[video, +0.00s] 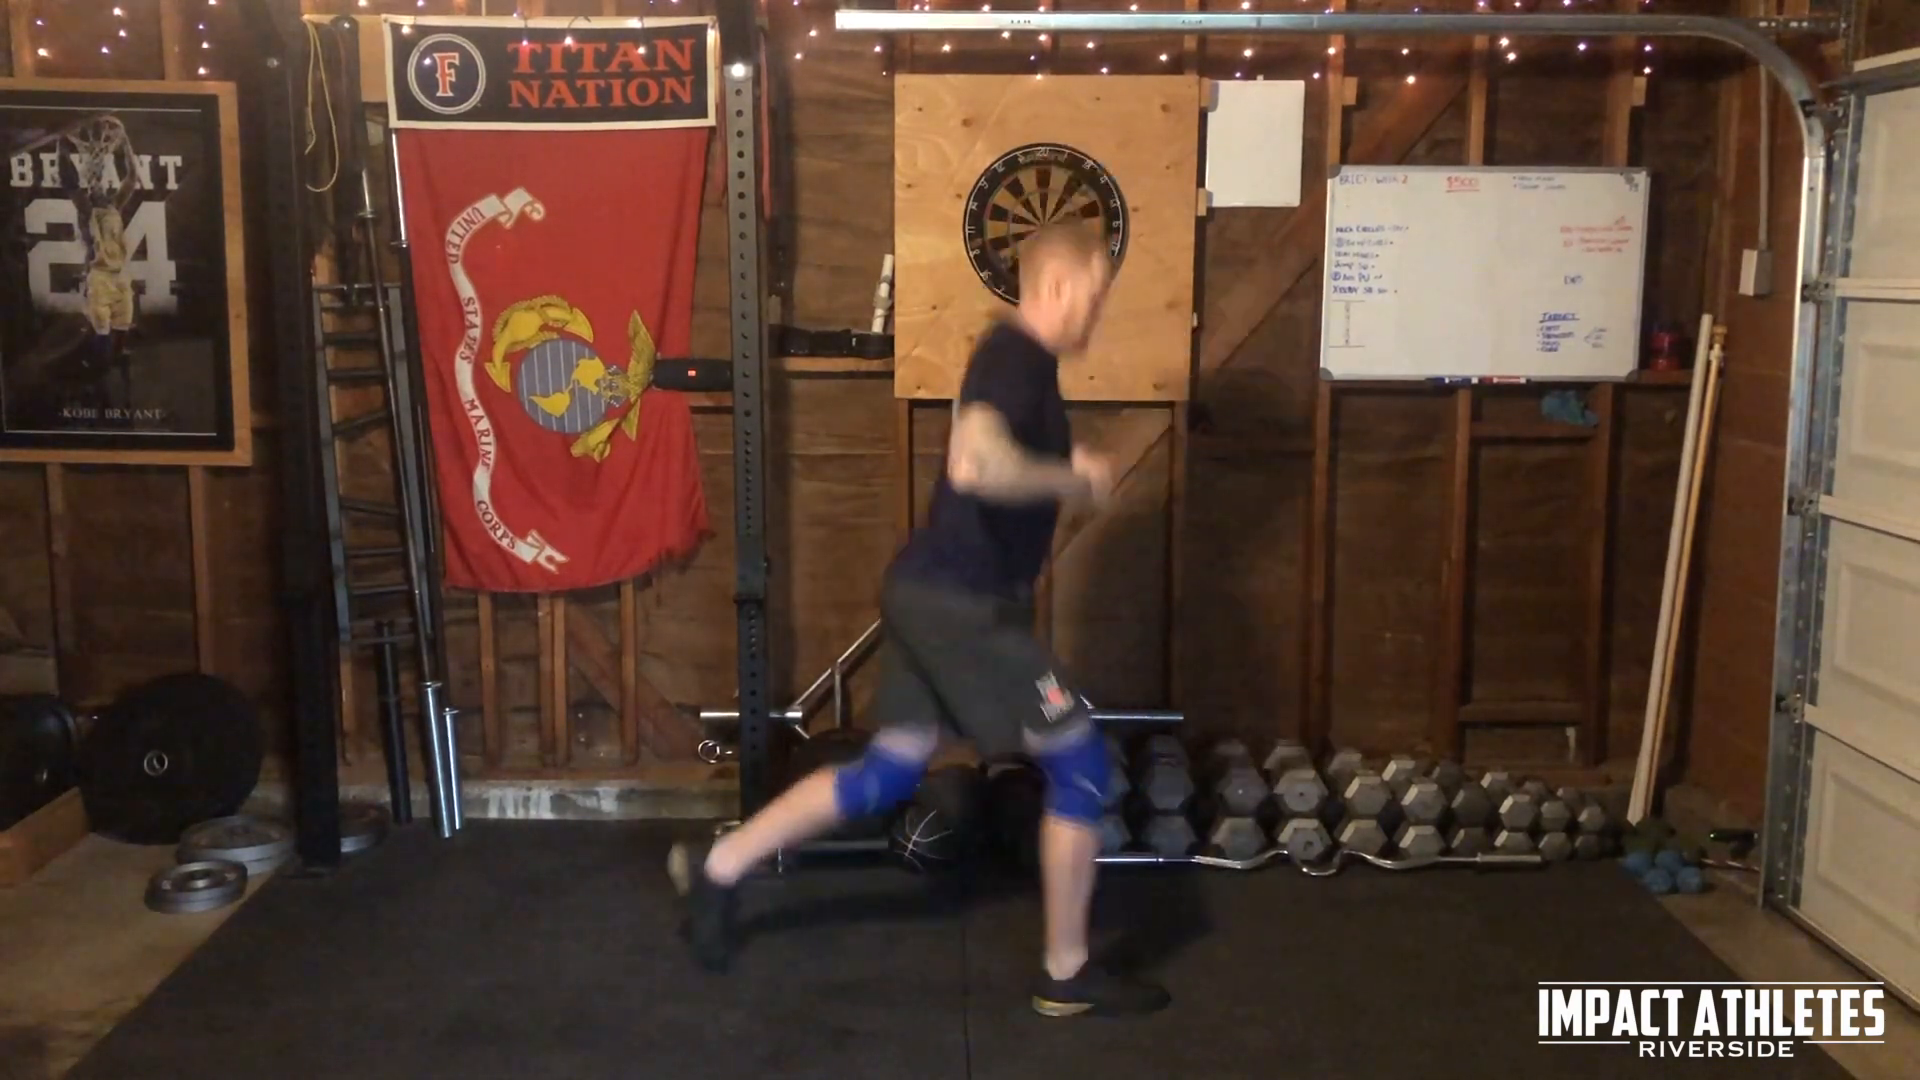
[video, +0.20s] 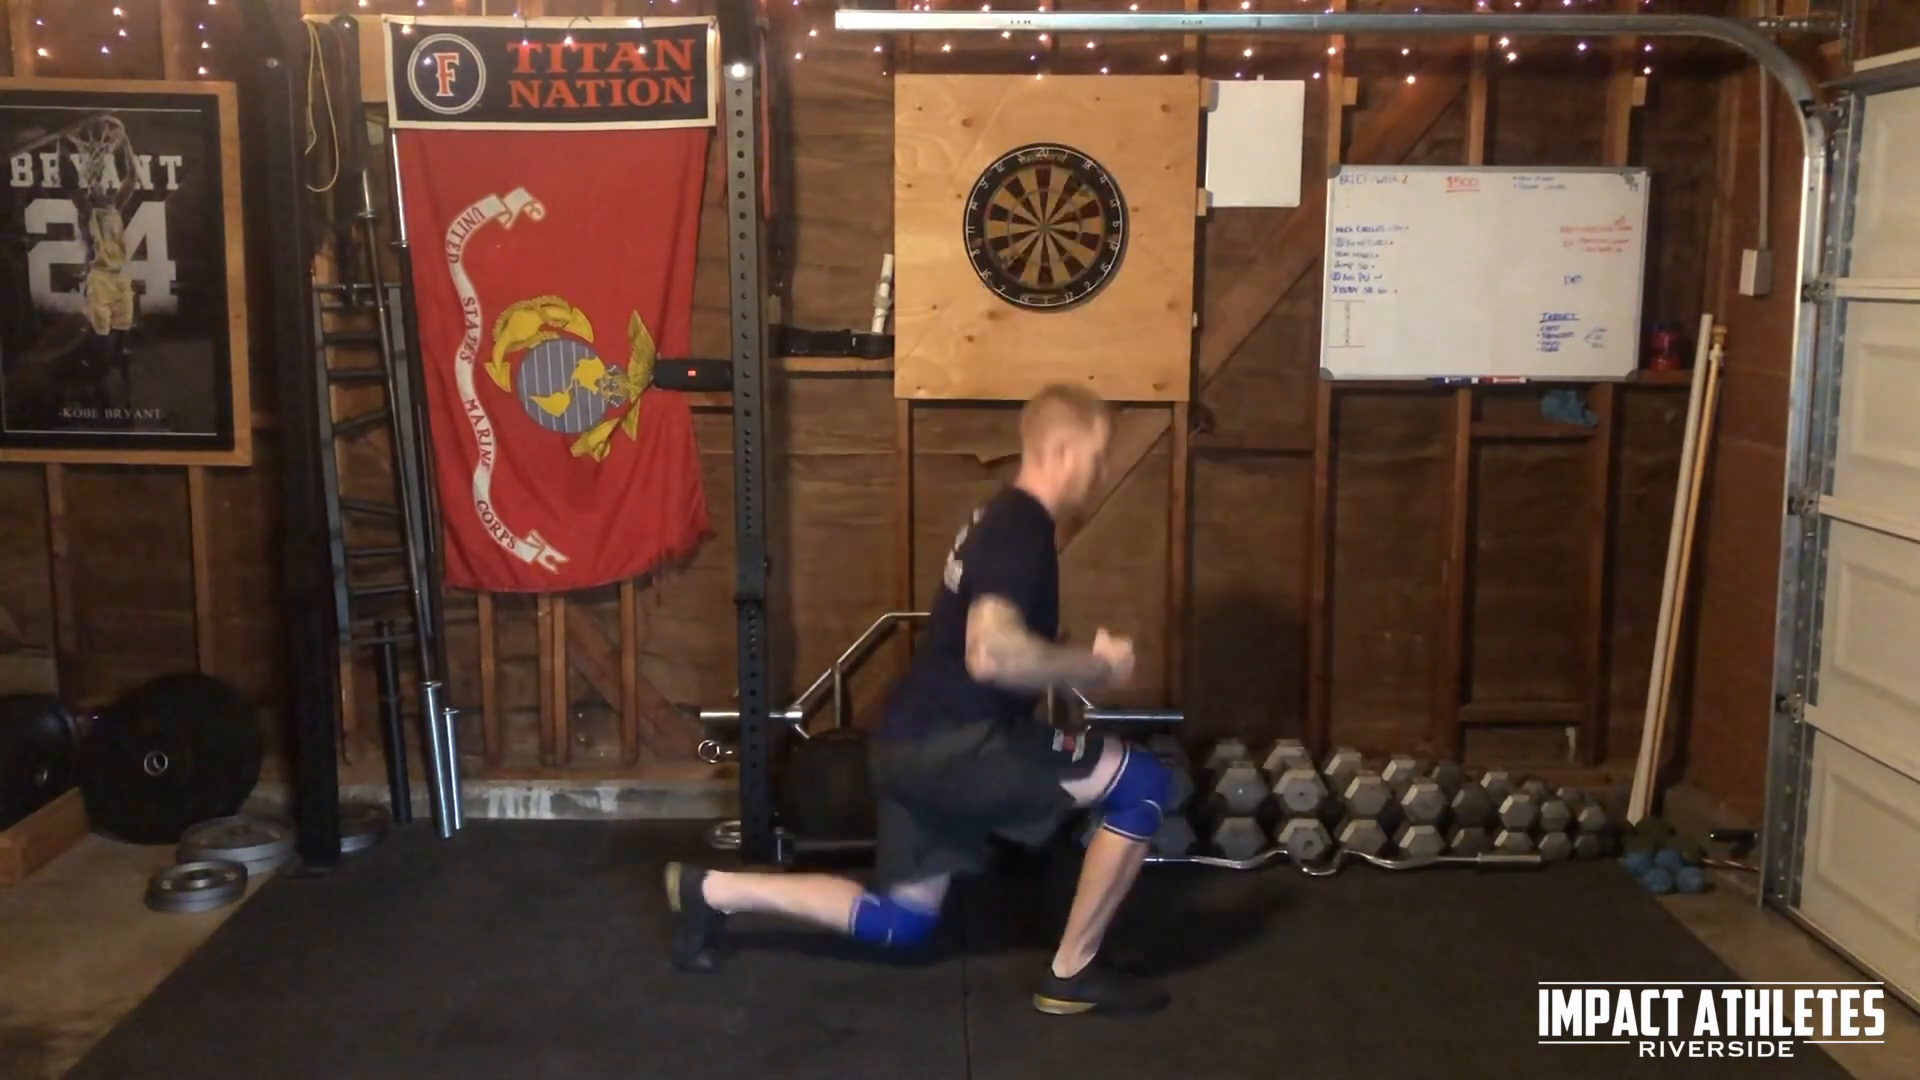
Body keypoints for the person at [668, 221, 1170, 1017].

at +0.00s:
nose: (1101, 308)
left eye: (1104, 292)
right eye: (1096, 290)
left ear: (1044, 283)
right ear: (1055, 283)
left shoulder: (1024, 359)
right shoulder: (1013, 356)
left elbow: (995, 465)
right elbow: (974, 462)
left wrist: (1072, 470)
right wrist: (1073, 476)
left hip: (933, 594)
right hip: (957, 602)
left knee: (887, 770)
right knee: (1079, 760)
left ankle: (717, 865)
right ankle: (1068, 971)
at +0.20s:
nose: (1103, 470)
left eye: (1104, 455)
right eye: (1098, 454)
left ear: (1046, 451)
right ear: (1059, 452)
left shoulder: (1002, 517)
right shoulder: (1020, 527)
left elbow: (978, 645)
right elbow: (992, 653)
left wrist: (1053, 689)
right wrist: (1095, 665)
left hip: (914, 743)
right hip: (952, 745)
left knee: (904, 923)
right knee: (1142, 785)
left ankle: (708, 889)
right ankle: (1073, 972)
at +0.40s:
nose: (1101, 492)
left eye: (1101, 478)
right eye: (1097, 477)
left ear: (1047, 476)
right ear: (1059, 476)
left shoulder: (1000, 539)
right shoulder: (1026, 552)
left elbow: (986, 680)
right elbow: (1004, 696)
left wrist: (1059, 727)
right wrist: (1101, 690)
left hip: (917, 768)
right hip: (959, 769)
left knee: (903, 934)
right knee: (1149, 788)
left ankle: (711, 889)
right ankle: (1071, 975)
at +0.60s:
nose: (1097, 351)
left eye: (1099, 335)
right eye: (1091, 335)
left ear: (1036, 334)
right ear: (1054, 335)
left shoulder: (1011, 413)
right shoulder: (1027, 421)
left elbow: (996, 518)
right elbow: (1011, 543)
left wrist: (1069, 503)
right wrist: (1095, 516)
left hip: (942, 639)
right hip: (989, 648)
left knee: (894, 802)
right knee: (1129, 775)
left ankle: (711, 883)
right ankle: (1073, 966)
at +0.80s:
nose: (1118, 216)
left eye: (1121, 200)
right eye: (1114, 198)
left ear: (1058, 186)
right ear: (1072, 185)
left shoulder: (1027, 264)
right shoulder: (1036, 269)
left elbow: (1021, 386)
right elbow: (1008, 389)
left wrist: (1094, 391)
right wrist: (1102, 394)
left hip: (958, 504)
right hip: (983, 514)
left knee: (962, 692)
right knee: (1009, 705)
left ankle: (858, 857)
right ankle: (953, 908)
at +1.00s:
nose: (1113, 264)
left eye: (1117, 247)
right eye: (1109, 245)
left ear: (1048, 238)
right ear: (1066, 239)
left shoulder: (1025, 311)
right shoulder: (1025, 314)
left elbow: (1013, 430)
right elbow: (1010, 436)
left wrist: (1084, 445)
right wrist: (1099, 440)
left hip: (1007, 563)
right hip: (969, 564)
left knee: (1062, 725)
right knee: (921, 763)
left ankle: (1060, 922)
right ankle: (732, 870)